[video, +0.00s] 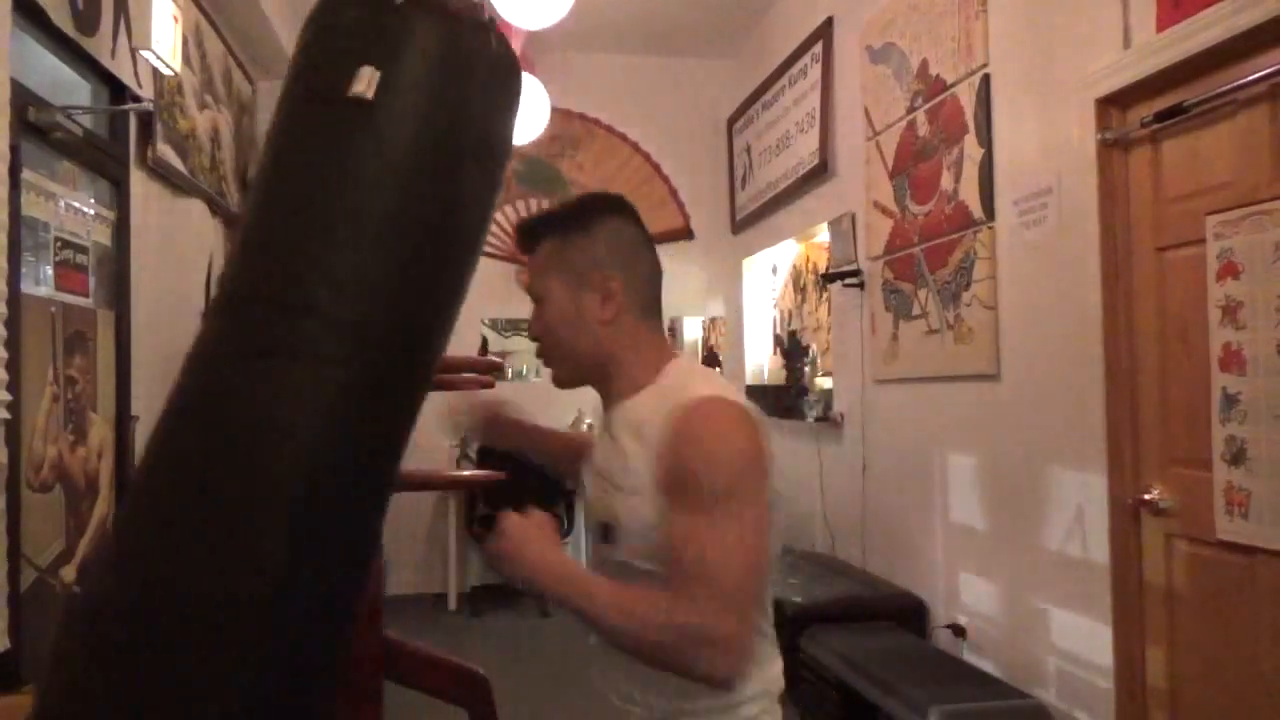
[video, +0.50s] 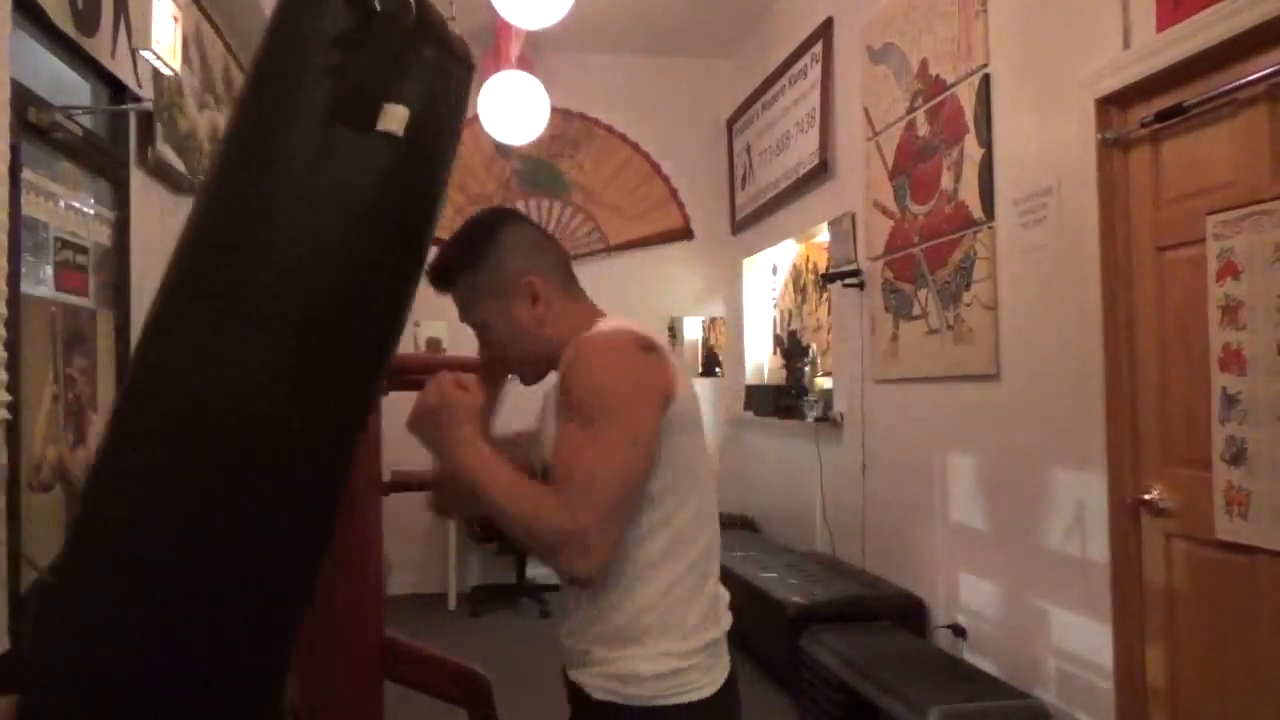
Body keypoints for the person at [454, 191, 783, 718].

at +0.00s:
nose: (531, 327)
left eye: (539, 301)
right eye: (533, 304)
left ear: (605, 299)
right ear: (604, 302)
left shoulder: (710, 425)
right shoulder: (628, 408)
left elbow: (717, 649)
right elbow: (618, 472)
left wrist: (551, 569)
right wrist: (526, 441)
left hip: (718, 706)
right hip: (634, 694)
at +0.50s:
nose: (486, 349)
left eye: (482, 326)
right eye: (475, 329)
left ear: (532, 298)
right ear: (536, 297)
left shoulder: (611, 355)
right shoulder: (575, 378)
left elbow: (584, 548)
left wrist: (463, 445)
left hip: (652, 696)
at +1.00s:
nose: (583, 329)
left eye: (589, 308)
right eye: (581, 311)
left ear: (639, 284)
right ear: (645, 283)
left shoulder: (671, 342)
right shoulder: (734, 339)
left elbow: (599, 529)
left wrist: (559, 407)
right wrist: (593, 386)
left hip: (702, 690)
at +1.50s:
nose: (706, 313)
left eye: (710, 294)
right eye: (703, 297)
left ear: (765, 278)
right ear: (771, 280)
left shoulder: (805, 351)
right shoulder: (836, 337)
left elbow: (762, 530)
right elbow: (719, 479)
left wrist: (624, 458)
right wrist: (705, 359)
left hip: (841, 683)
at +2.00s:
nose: (597, 423)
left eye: (603, 393)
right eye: (595, 396)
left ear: (664, 380)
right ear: (662, 381)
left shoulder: (797, 470)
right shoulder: (714, 478)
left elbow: (792, 690)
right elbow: (660, 638)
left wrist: (631, 578)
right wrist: (606, 504)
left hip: (900, 708)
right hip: (824, 700)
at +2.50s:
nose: (683, 428)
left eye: (687, 404)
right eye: (682, 406)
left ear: (736, 393)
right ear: (759, 389)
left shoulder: (738, 444)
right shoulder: (842, 431)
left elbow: (789, 598)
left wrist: (745, 696)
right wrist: (720, 509)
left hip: (883, 707)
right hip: (977, 698)